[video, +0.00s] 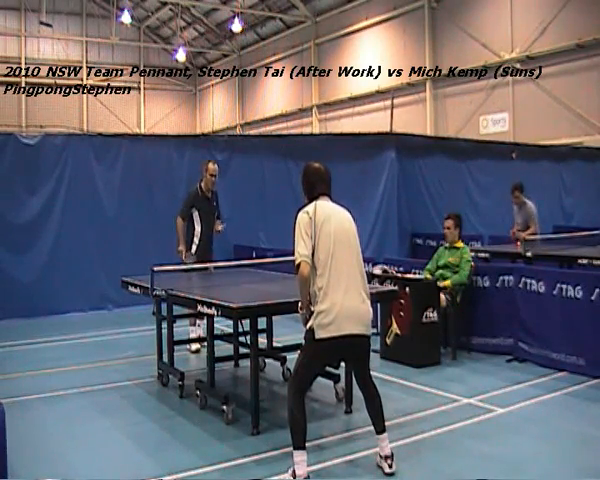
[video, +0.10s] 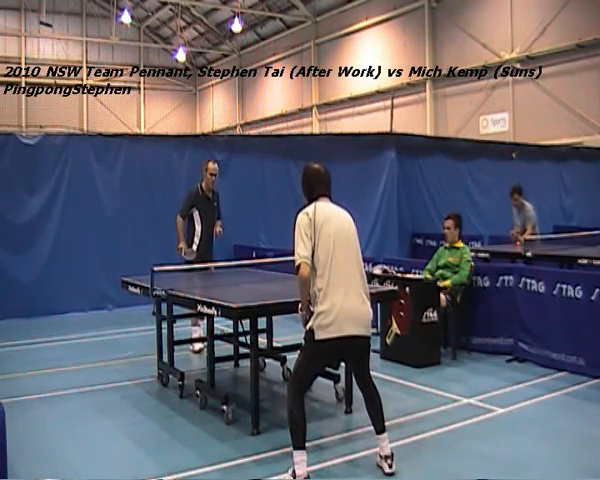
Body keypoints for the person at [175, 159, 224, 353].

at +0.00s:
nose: (214, 179)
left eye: (216, 176)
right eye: (211, 175)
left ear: (217, 176)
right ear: (203, 174)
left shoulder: (214, 195)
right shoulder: (193, 196)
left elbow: (217, 217)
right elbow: (181, 219)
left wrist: (218, 225)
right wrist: (182, 244)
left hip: (207, 252)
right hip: (193, 253)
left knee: (206, 292)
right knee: (193, 293)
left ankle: (200, 328)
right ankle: (193, 330)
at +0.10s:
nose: (214, 178)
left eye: (216, 175)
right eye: (211, 174)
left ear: (217, 176)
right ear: (204, 174)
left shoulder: (215, 195)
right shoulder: (194, 194)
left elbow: (218, 217)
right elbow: (180, 217)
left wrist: (218, 225)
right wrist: (181, 241)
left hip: (208, 251)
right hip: (195, 251)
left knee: (206, 291)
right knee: (195, 292)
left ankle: (200, 329)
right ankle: (195, 331)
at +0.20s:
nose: (214, 178)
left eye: (216, 175)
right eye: (211, 175)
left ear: (218, 176)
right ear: (204, 174)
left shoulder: (215, 195)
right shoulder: (194, 194)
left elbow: (219, 217)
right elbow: (180, 216)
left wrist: (218, 226)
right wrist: (183, 240)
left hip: (208, 251)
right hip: (194, 252)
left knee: (207, 292)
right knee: (196, 293)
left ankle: (202, 331)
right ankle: (197, 332)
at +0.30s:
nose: (214, 179)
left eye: (217, 176)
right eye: (212, 175)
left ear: (218, 177)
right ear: (204, 175)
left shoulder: (216, 196)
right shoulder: (195, 195)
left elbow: (220, 219)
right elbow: (180, 215)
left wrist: (219, 228)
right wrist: (186, 238)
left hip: (208, 251)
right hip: (195, 251)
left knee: (208, 291)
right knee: (199, 292)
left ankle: (202, 331)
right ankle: (199, 331)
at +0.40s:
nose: (214, 179)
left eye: (216, 176)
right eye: (212, 176)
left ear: (218, 177)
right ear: (204, 175)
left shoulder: (216, 196)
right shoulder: (195, 195)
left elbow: (221, 219)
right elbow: (180, 215)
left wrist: (220, 231)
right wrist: (188, 236)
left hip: (209, 250)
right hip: (196, 250)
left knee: (208, 291)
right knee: (198, 292)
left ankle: (202, 330)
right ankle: (199, 330)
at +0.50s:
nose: (215, 181)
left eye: (217, 178)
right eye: (212, 177)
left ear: (219, 178)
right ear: (205, 177)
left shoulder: (217, 197)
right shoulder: (195, 196)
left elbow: (222, 220)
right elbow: (179, 215)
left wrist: (221, 233)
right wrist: (190, 232)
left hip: (209, 249)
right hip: (196, 249)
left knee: (209, 291)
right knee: (199, 292)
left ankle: (202, 332)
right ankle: (200, 332)